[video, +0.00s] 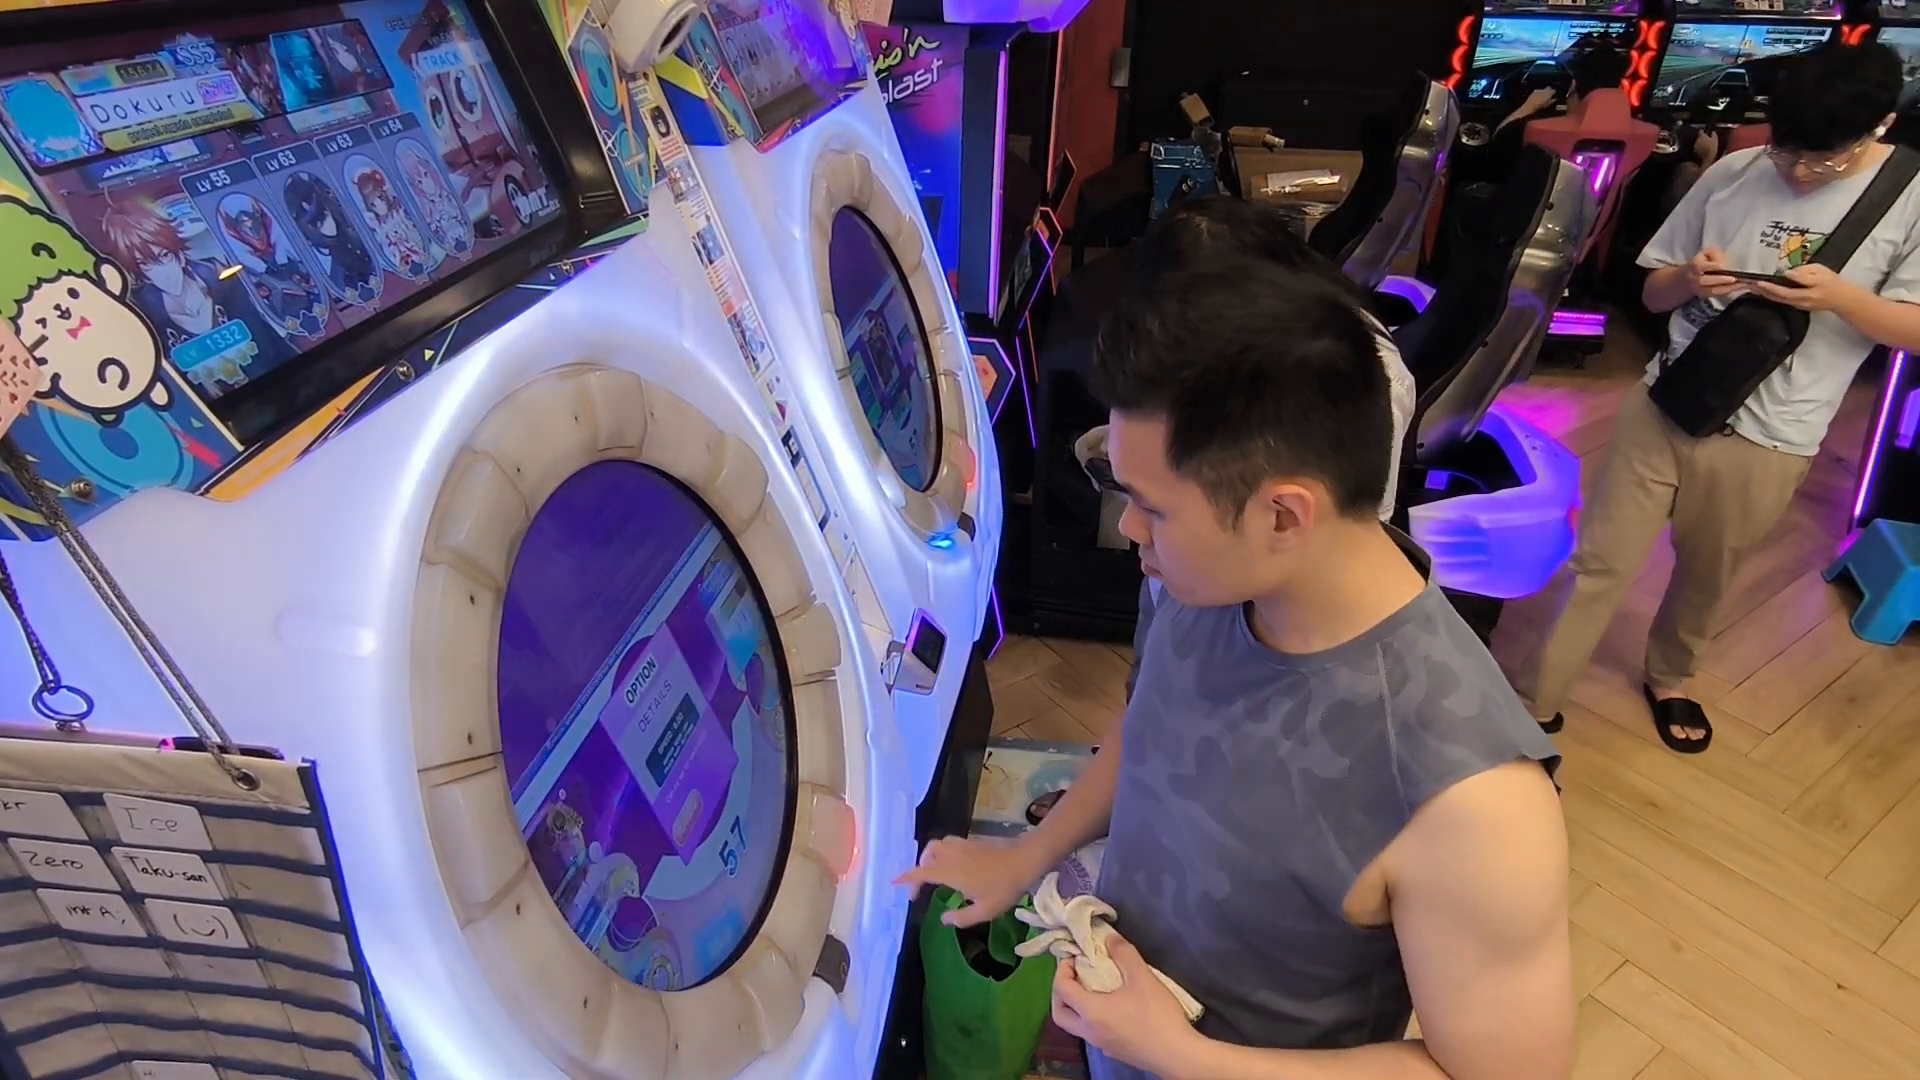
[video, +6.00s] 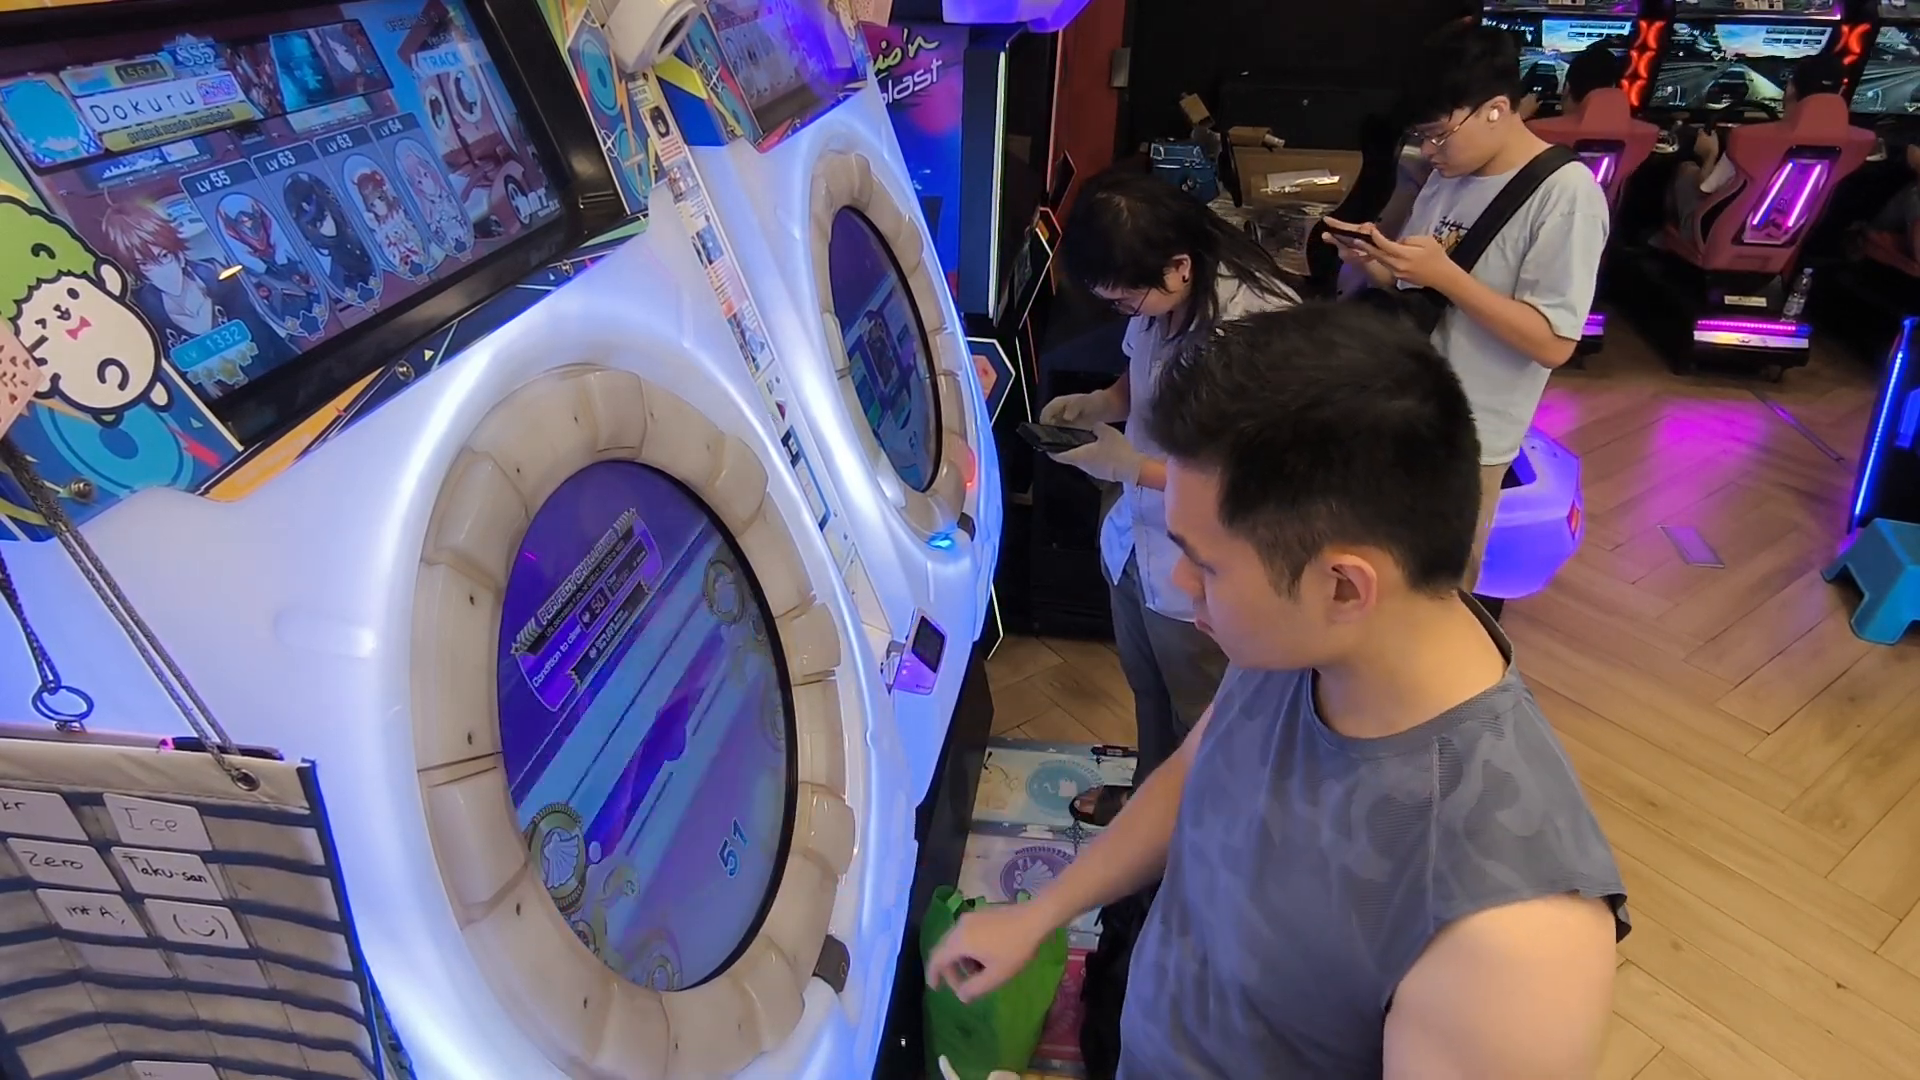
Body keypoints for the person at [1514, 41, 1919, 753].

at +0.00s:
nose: (1798, 168)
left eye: (1821, 157)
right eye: (1788, 146)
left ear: (1871, 135)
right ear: (1777, 120)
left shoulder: (1907, 198)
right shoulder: (1736, 172)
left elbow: (1915, 329)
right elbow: (1650, 293)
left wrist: (1841, 297)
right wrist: (1689, 277)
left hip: (1768, 440)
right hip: (1666, 403)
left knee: (1710, 573)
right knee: (1597, 560)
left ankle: (1669, 676)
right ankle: (1538, 708)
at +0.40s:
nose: (1691, 158)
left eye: (1711, 146)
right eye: (1680, 141)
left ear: (1766, 119)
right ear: (1669, 115)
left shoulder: (1829, 191)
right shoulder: (1652, 167)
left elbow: (1834, 330)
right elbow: (1572, 294)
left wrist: (1744, 289)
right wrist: (1597, 278)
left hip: (1686, 437)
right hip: (1589, 404)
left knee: (1669, 585)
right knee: (1554, 568)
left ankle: (1665, 688)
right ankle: (1538, 700)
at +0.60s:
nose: (1660, 160)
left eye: (1676, 147)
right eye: (1650, 143)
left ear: (1731, 122)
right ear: (1641, 121)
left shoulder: (1802, 192)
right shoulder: (1629, 168)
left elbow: (1806, 331)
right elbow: (1557, 282)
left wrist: (1706, 287)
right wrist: (1569, 274)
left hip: (1658, 442)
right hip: (1569, 410)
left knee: (1600, 600)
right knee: (1541, 576)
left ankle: (1585, 737)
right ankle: (1536, 713)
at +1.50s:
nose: (1593, 172)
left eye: (1607, 158)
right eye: (1587, 156)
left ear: (1671, 133)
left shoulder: (1747, 211)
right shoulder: (1606, 177)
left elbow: (1735, 363)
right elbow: (1556, 281)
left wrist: (1618, 298)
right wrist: (1524, 268)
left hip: (1604, 456)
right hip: (1531, 413)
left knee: (1555, 613)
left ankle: (1527, 717)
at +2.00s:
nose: (1507, 150)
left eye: (1519, 132)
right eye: (1500, 135)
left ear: (1579, 109)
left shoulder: (1648, 192)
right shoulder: (1510, 173)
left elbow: (1632, 337)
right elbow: (1468, 284)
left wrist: (1527, 269)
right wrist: (1437, 258)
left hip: (1525, 442)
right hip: (1446, 413)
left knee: (1504, 604)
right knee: (1416, 588)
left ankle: (1507, 739)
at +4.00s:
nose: (1443, 124)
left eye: (1463, 108)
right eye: (1438, 107)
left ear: (1523, 103)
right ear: (1430, 102)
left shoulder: (1592, 191)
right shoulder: (1449, 180)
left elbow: (1584, 339)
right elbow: (1415, 295)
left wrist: (1476, 272)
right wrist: (1382, 266)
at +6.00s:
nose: (1427, 152)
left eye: (1438, 135)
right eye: (1422, 136)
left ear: (1497, 112)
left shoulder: (1568, 190)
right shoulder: (1448, 171)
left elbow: (1555, 343)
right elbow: (1406, 285)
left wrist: (1443, 275)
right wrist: (1373, 260)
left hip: (1471, 445)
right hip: (1393, 416)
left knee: (1443, 601)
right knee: (1367, 592)